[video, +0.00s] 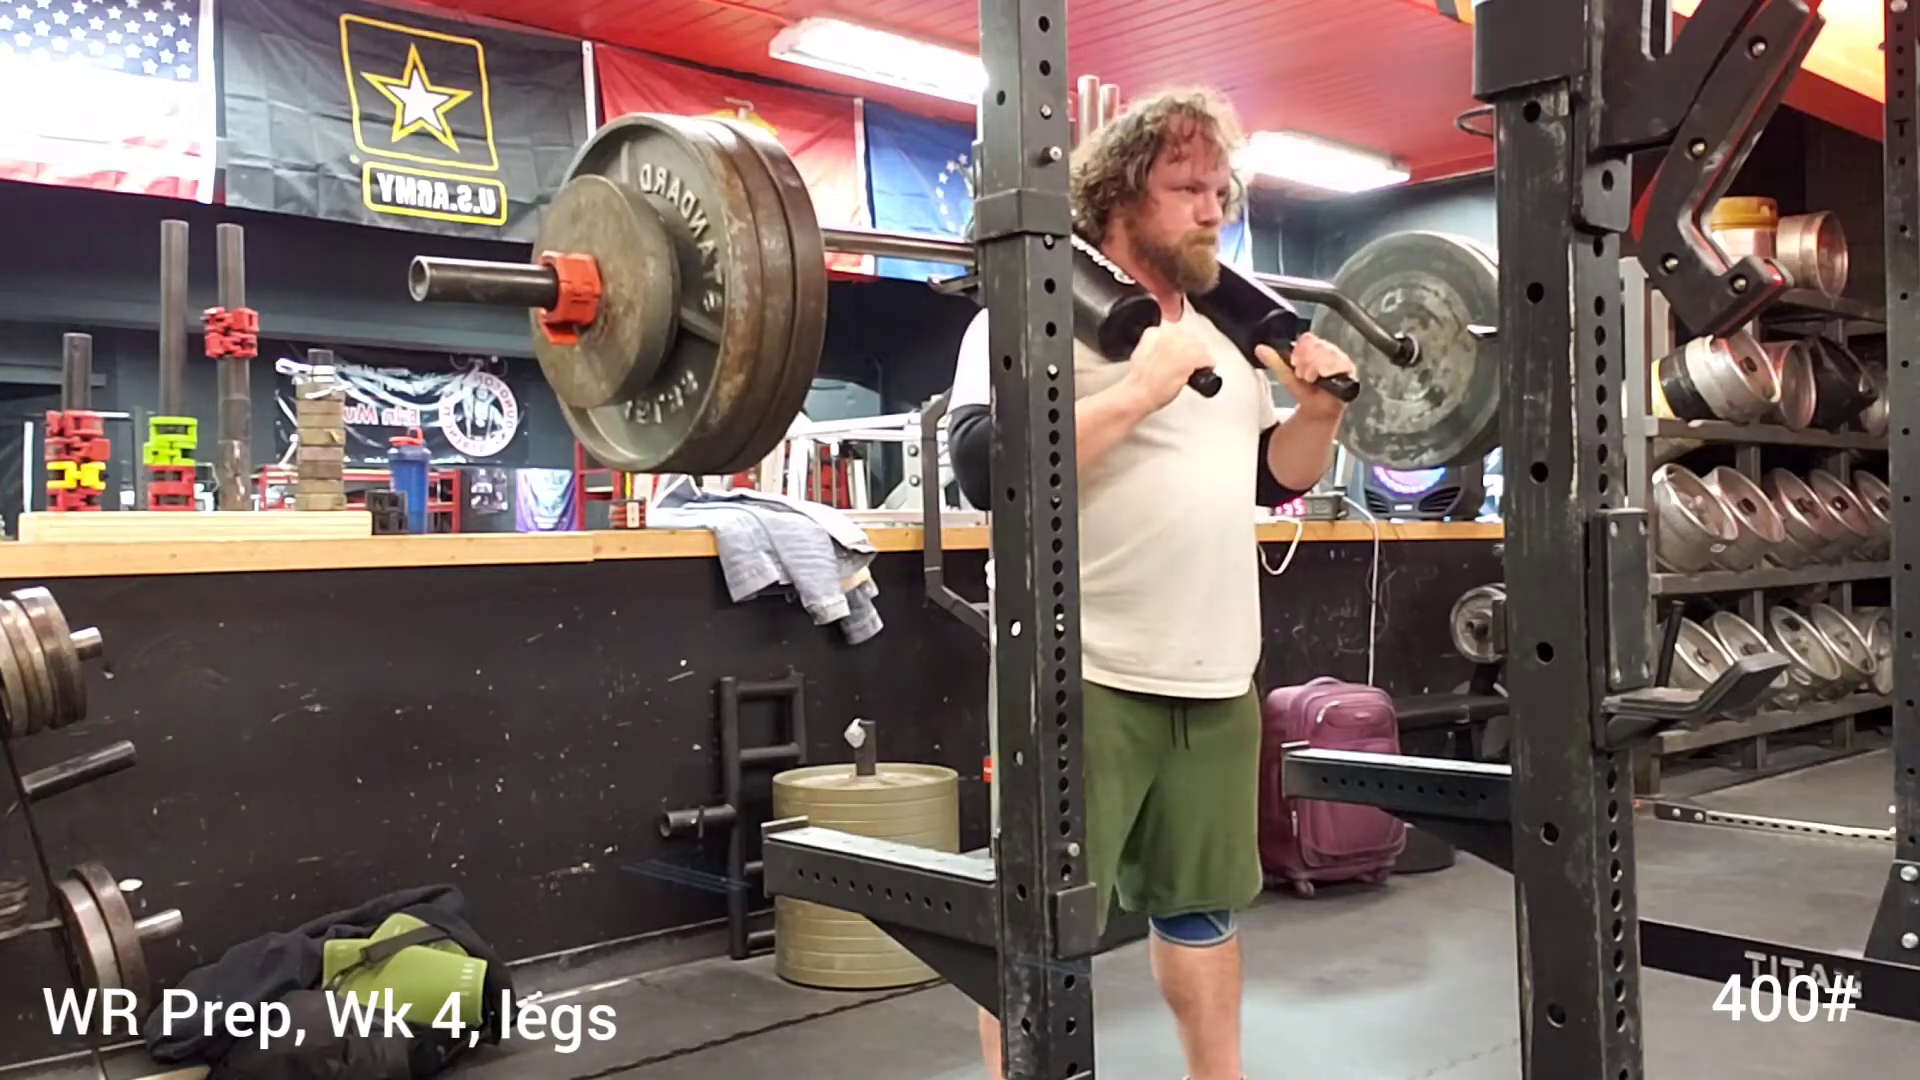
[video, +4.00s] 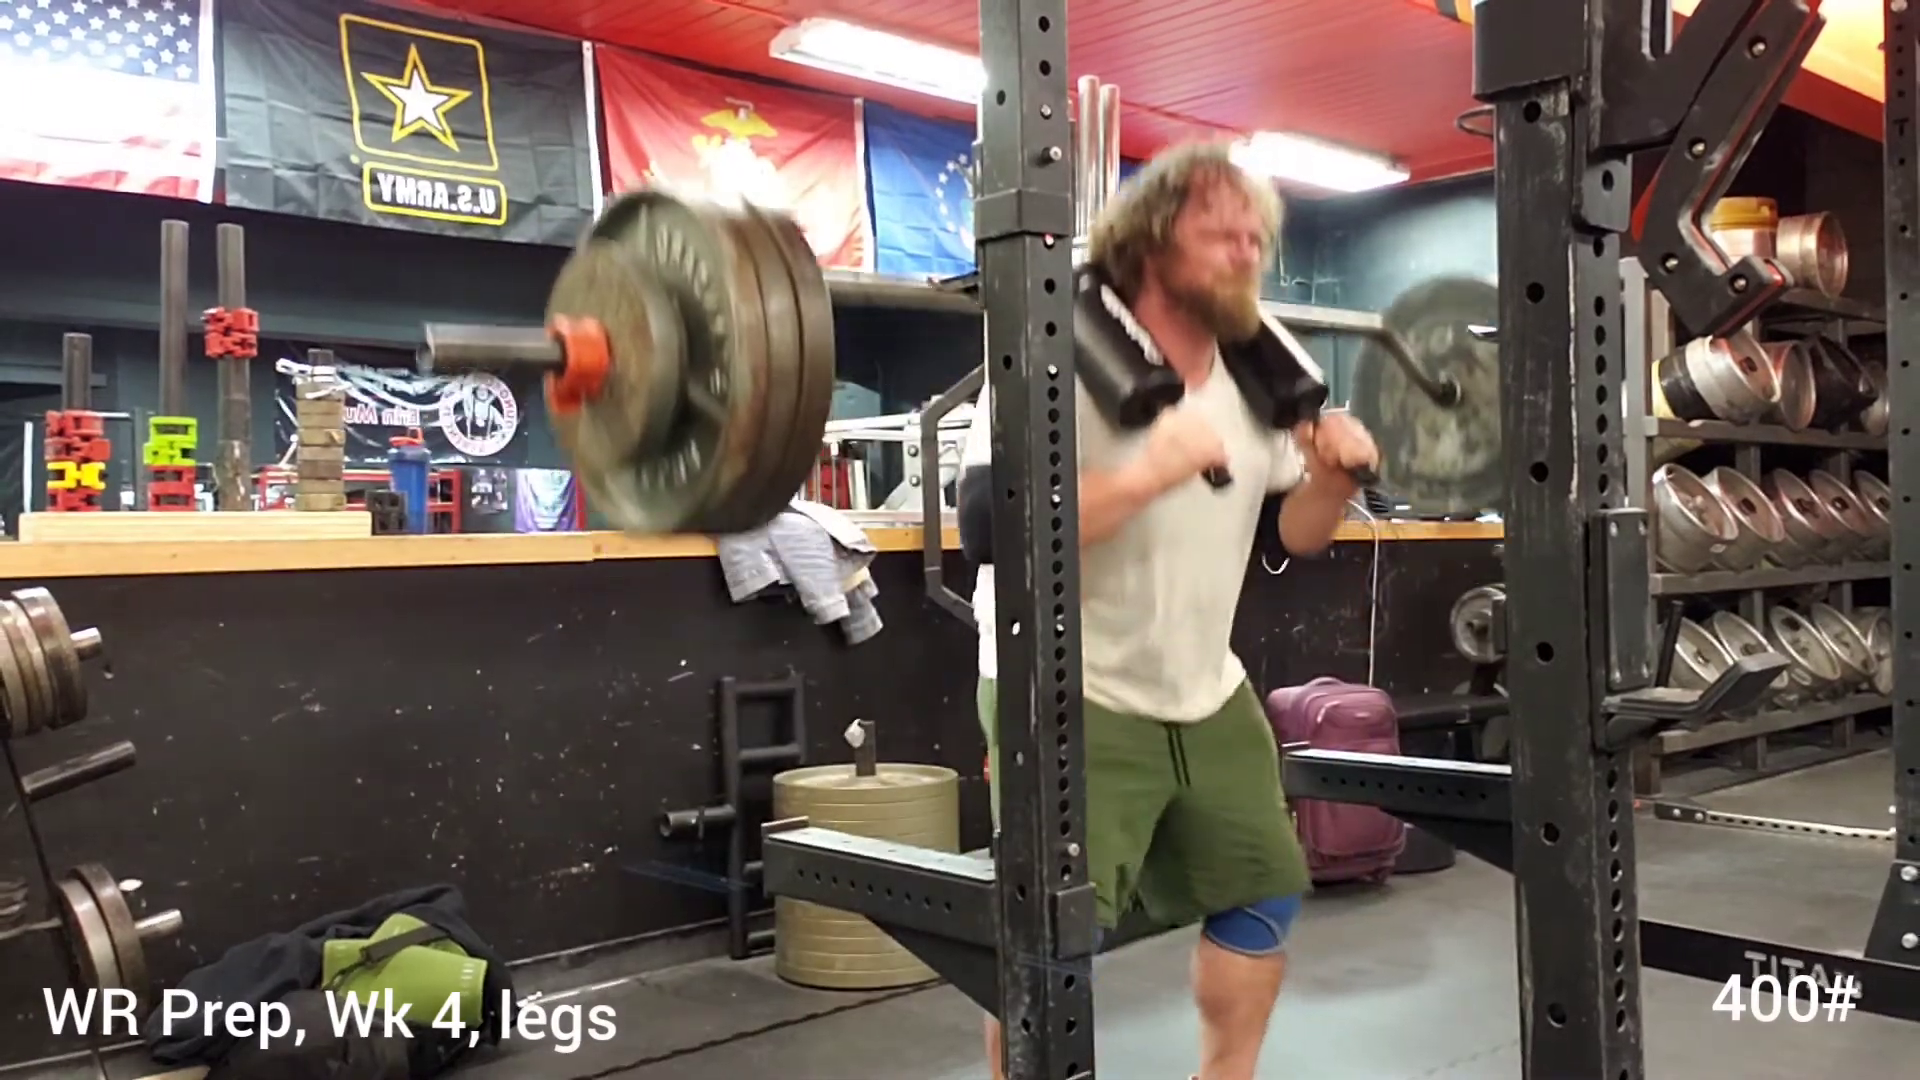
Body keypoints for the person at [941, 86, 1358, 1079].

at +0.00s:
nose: (1215, 207)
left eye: (1221, 187)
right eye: (1190, 185)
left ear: (1224, 199)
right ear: (1121, 191)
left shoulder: (1228, 331)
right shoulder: (1031, 312)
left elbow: (1283, 474)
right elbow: (986, 468)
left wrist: (1321, 401)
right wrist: (1131, 396)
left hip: (1217, 680)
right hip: (1082, 677)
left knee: (1201, 917)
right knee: (1044, 927)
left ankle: (1218, 1075)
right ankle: (1015, 1071)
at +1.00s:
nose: (1218, 211)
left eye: (1224, 189)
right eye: (1194, 187)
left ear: (1227, 197)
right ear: (1124, 194)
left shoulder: (1233, 326)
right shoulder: (1036, 310)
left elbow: (1289, 476)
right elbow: (996, 470)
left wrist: (1324, 401)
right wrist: (1139, 387)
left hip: (1225, 679)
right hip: (1090, 675)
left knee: (1208, 920)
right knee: (1047, 929)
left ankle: (1218, 1075)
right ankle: (1019, 1073)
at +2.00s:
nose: (1240, 386)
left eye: (1247, 366)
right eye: (1213, 366)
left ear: (1258, 373)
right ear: (1145, 381)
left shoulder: (1253, 484)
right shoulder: (1054, 485)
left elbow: (1304, 655)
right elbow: (1019, 684)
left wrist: (1337, 596)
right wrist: (1156, 613)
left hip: (1184, 766)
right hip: (1043, 768)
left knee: (1301, 905)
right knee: (1068, 945)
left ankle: (1231, 1075)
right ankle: (1020, 1069)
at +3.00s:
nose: (1274, 615)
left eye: (1278, 593)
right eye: (1246, 595)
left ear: (1289, 593)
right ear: (1175, 603)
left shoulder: (1276, 695)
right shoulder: (1091, 704)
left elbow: (1329, 851)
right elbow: (1043, 885)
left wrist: (1366, 810)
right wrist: (1183, 850)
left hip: (1228, 940)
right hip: (1111, 947)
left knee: (1361, 932)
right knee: (1092, 986)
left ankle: (1243, 1074)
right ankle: (1023, 1068)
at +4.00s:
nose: (1242, 247)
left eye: (1253, 231)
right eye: (1217, 226)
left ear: (1262, 249)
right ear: (1155, 234)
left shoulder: (1258, 358)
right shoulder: (1066, 346)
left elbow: (1300, 538)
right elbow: (1027, 526)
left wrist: (1334, 476)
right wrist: (1149, 472)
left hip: (1207, 686)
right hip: (1080, 690)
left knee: (1260, 892)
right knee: (1056, 927)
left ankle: (1227, 1072)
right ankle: (1019, 1069)